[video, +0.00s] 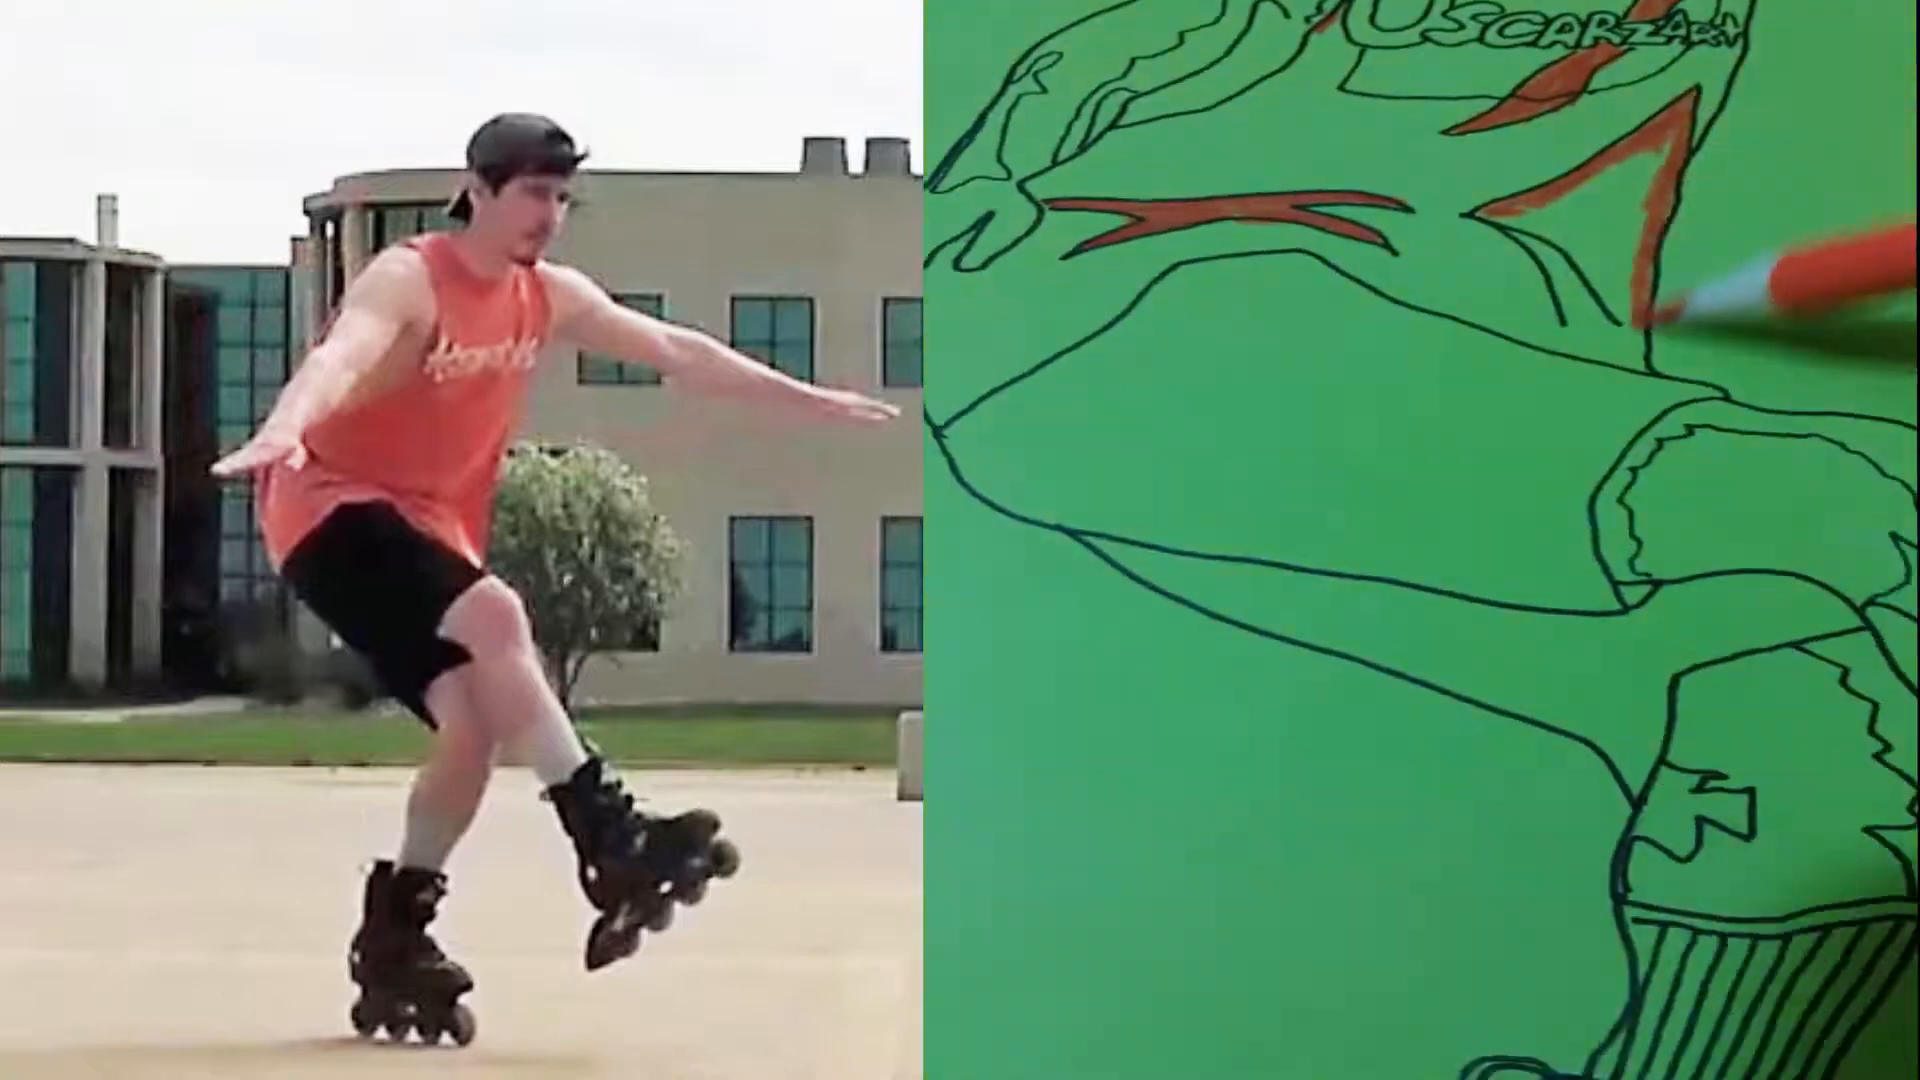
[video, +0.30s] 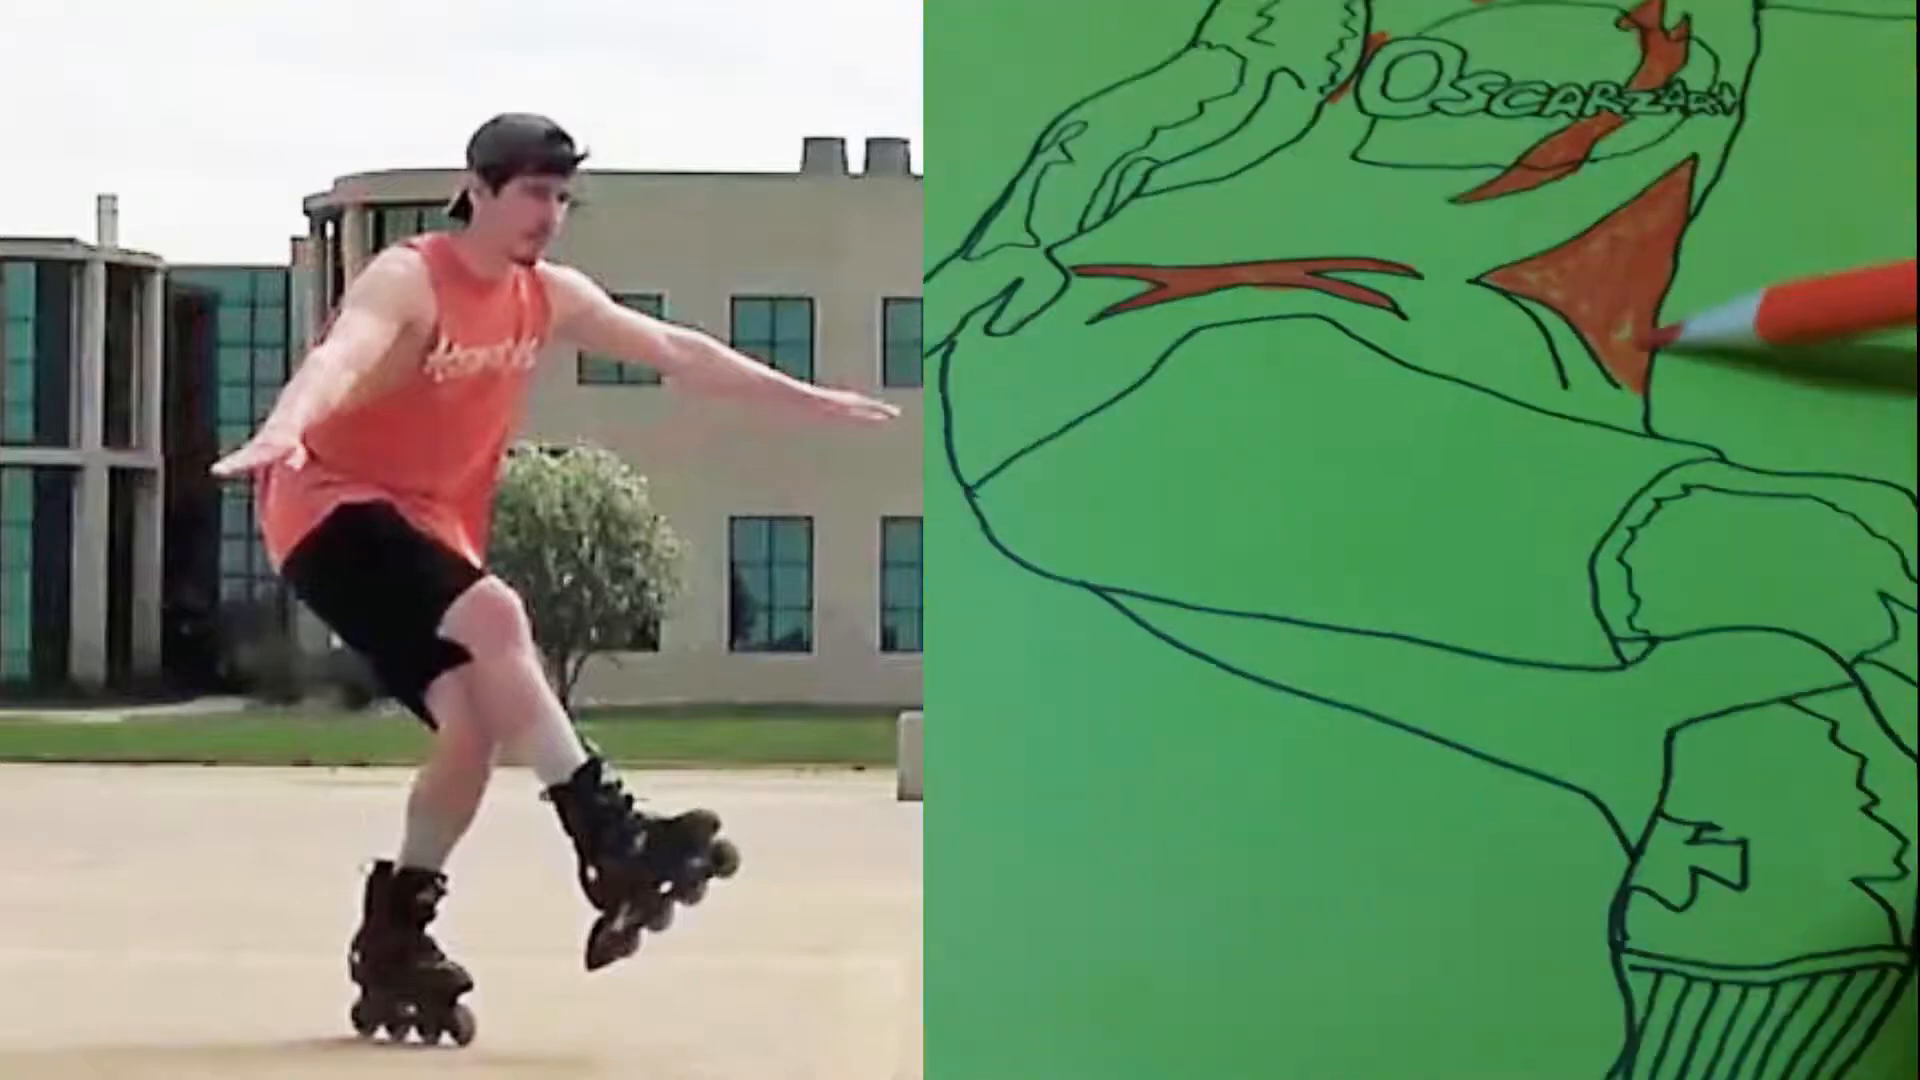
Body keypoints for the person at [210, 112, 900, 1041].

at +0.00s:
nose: (552, 214)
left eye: (562, 198)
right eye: (536, 195)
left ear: (563, 203)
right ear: (476, 191)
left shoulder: (551, 293)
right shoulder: (409, 274)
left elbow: (674, 350)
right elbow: (341, 356)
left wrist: (810, 399)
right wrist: (283, 429)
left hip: (436, 529)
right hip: (334, 504)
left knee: (478, 724)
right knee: (492, 616)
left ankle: (393, 936)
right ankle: (611, 843)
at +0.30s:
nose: (552, 214)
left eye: (562, 198)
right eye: (536, 195)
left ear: (562, 203)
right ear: (477, 191)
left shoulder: (551, 293)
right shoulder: (408, 274)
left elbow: (674, 350)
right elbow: (341, 356)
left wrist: (810, 399)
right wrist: (283, 428)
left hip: (435, 530)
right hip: (333, 504)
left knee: (478, 723)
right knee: (492, 616)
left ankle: (393, 937)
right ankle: (612, 843)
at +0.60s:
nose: (552, 214)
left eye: (562, 198)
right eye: (536, 195)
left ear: (563, 203)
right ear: (476, 191)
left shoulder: (551, 293)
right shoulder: (409, 274)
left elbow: (674, 350)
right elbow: (341, 356)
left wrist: (809, 399)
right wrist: (283, 429)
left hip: (436, 529)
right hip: (334, 504)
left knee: (478, 723)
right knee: (492, 616)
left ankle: (393, 935)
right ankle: (611, 843)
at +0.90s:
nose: (552, 214)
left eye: (561, 199)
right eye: (535, 195)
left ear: (562, 204)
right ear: (477, 190)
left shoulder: (552, 293)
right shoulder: (409, 274)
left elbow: (675, 350)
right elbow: (341, 357)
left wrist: (811, 399)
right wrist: (283, 428)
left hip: (436, 529)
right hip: (333, 503)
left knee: (478, 723)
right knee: (492, 616)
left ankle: (394, 937)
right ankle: (611, 843)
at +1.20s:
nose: (552, 214)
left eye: (562, 198)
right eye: (536, 195)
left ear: (563, 203)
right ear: (477, 191)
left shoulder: (551, 293)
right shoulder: (408, 274)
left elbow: (674, 350)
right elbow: (341, 356)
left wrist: (810, 399)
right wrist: (283, 429)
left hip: (436, 529)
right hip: (334, 504)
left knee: (477, 723)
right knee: (492, 616)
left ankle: (393, 937)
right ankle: (611, 843)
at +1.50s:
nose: (552, 214)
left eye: (562, 198)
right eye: (536, 194)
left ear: (563, 203)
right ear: (477, 191)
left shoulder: (551, 293)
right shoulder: (409, 274)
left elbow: (674, 349)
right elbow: (341, 356)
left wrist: (810, 399)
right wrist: (283, 429)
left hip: (436, 529)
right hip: (334, 504)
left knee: (477, 723)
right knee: (492, 616)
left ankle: (393, 936)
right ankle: (611, 843)